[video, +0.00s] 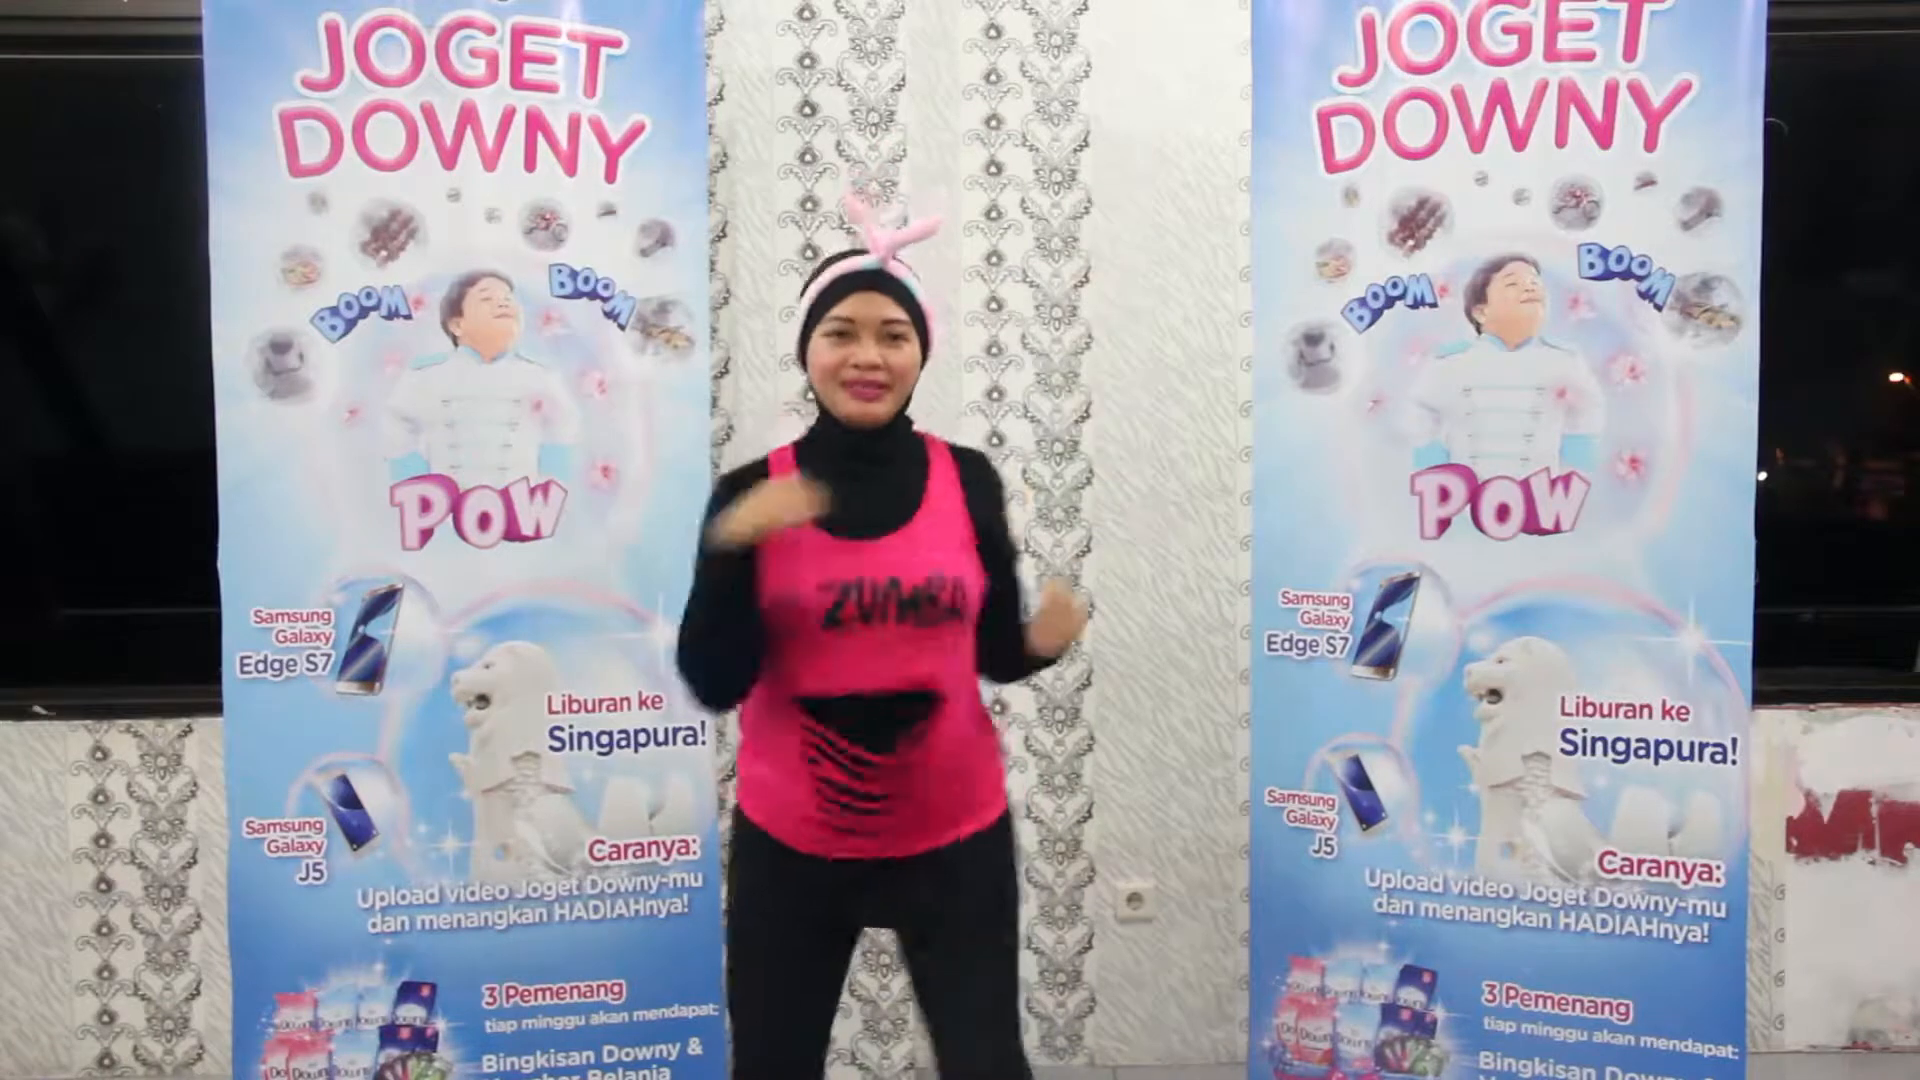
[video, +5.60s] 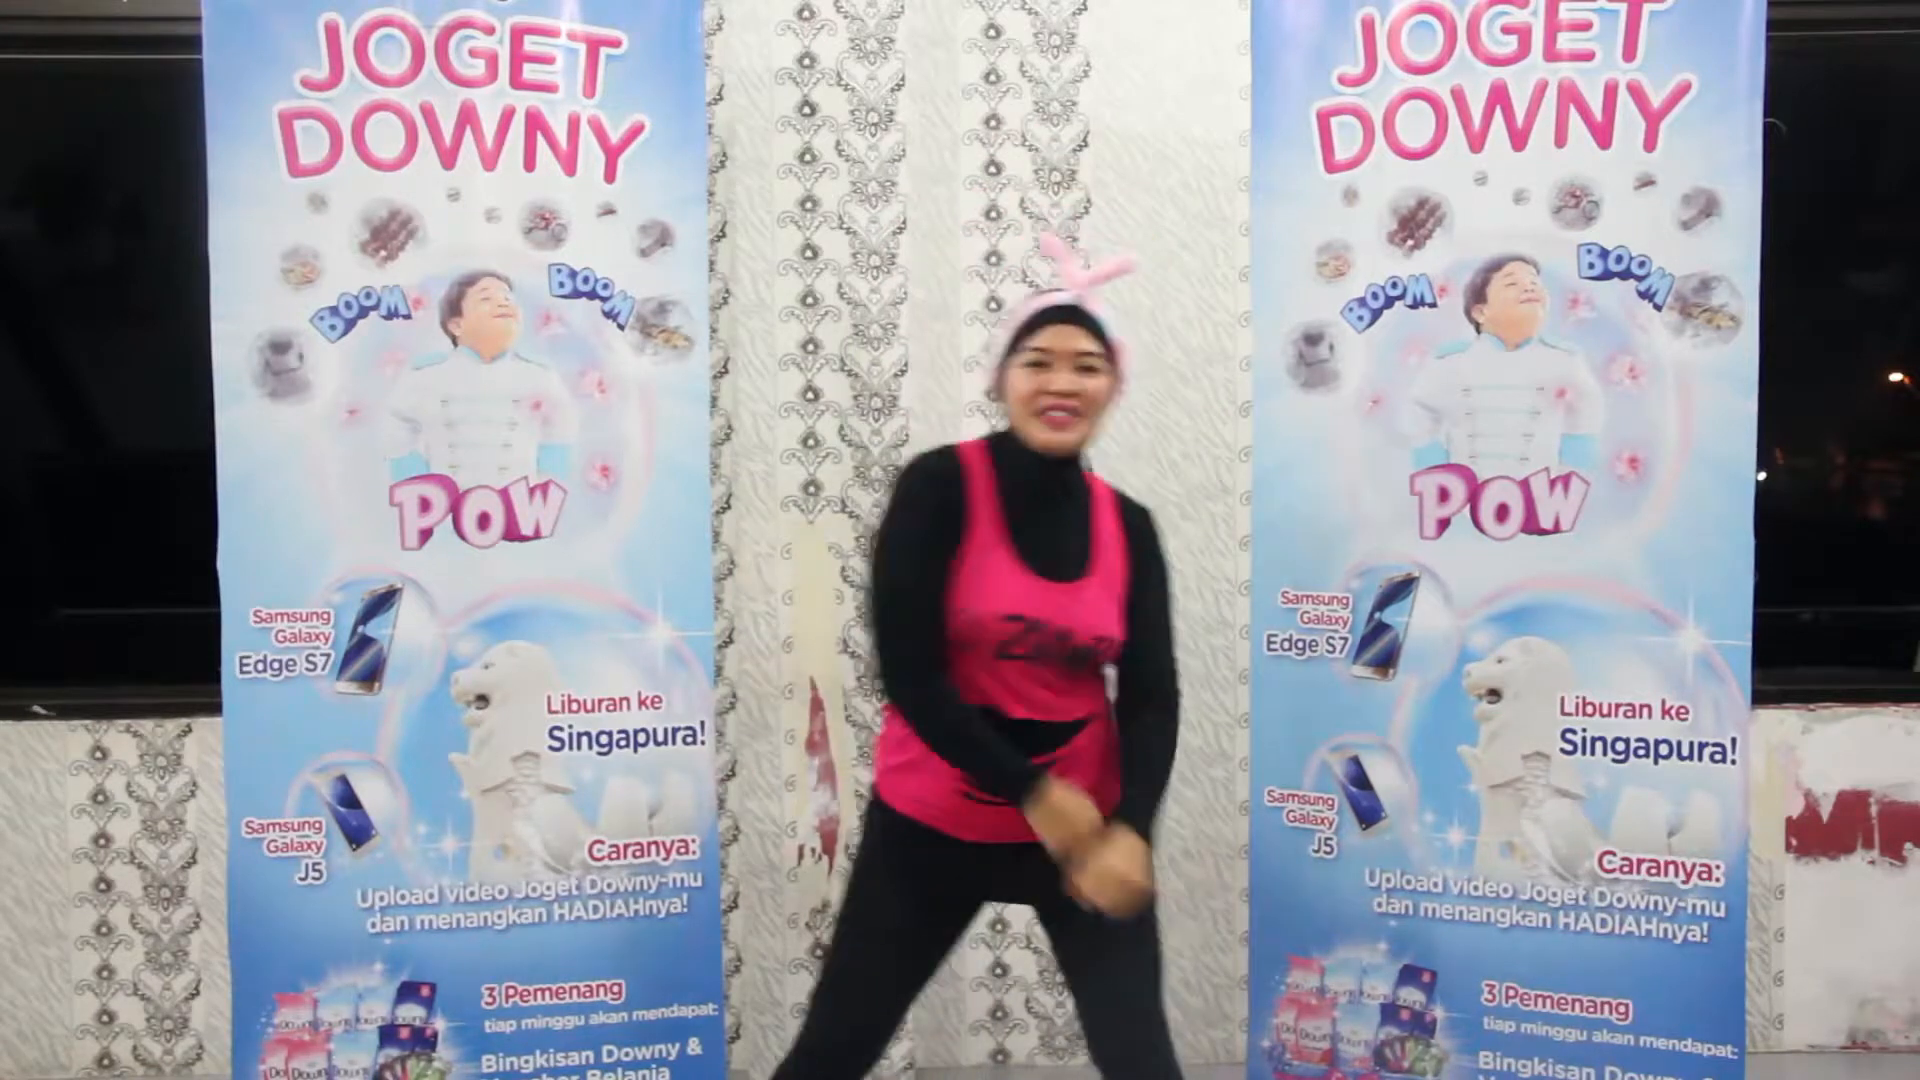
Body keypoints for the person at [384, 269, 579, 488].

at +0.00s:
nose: (502, 303)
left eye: (508, 297)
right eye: (485, 298)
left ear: (519, 315)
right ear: (455, 324)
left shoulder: (539, 378)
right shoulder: (421, 377)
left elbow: (560, 438)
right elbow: (395, 433)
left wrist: (545, 498)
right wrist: (415, 490)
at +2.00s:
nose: (503, 301)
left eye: (508, 296)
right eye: (485, 297)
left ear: (518, 314)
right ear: (455, 324)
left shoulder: (539, 376)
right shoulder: (423, 377)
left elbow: (561, 432)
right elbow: (394, 425)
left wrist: (545, 491)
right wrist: (413, 486)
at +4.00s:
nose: (503, 302)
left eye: (508, 297)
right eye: (485, 297)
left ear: (518, 315)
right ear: (455, 324)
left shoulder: (539, 378)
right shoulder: (422, 377)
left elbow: (559, 441)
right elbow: (394, 428)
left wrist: (543, 498)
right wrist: (415, 488)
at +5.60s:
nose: (503, 303)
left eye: (508, 297)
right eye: (485, 298)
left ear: (518, 314)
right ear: (455, 324)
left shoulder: (540, 377)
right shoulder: (421, 377)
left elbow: (558, 445)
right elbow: (396, 437)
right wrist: (419, 493)